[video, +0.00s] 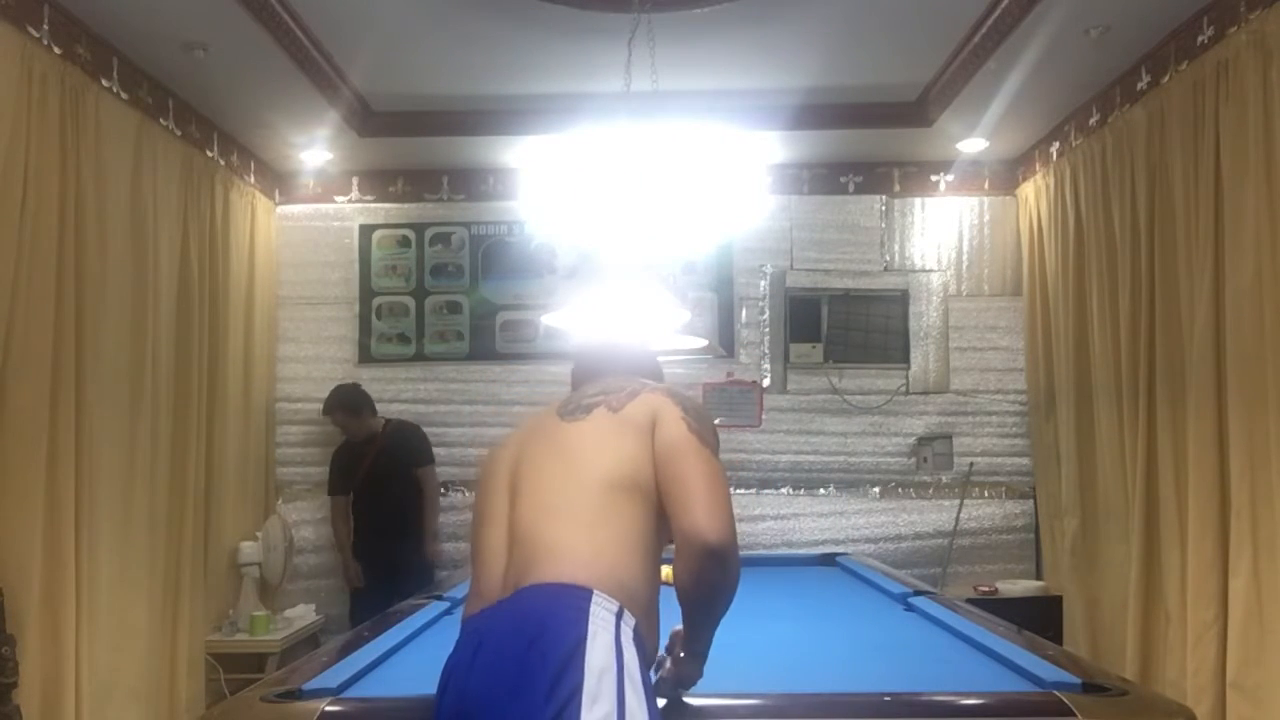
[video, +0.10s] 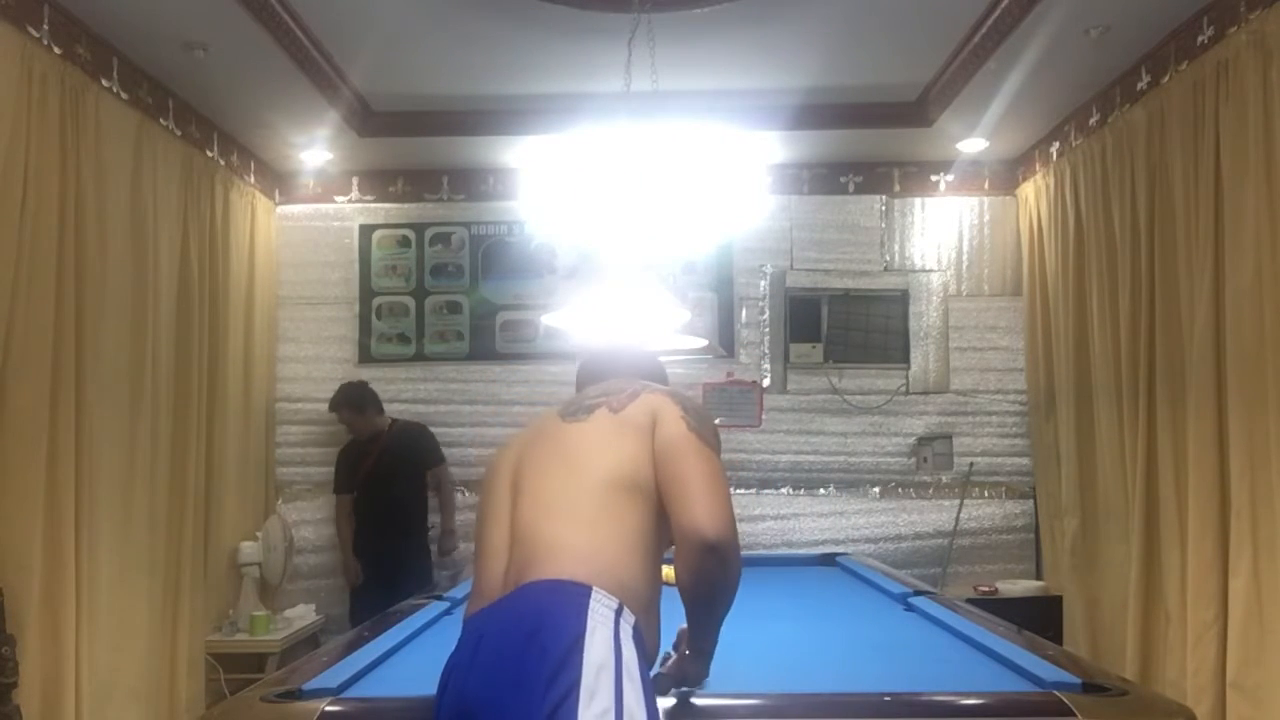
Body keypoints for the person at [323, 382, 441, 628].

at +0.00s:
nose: (342, 432)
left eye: (343, 425)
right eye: (338, 426)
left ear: (361, 413)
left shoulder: (407, 435)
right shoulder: (344, 455)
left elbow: (431, 489)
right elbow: (340, 513)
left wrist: (430, 541)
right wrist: (348, 560)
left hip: (411, 554)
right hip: (369, 558)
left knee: (415, 629)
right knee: (368, 633)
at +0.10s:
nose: (347, 429)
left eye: (348, 421)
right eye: (343, 423)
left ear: (365, 411)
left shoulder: (415, 435)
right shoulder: (349, 454)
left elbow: (444, 483)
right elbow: (344, 513)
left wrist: (447, 532)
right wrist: (348, 560)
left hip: (412, 556)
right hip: (369, 560)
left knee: (417, 630)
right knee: (370, 635)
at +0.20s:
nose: (353, 426)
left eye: (354, 418)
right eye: (350, 420)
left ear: (373, 408)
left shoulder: (423, 434)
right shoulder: (356, 451)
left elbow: (453, 478)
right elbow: (348, 507)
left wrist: (454, 530)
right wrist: (345, 555)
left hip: (413, 553)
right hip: (370, 555)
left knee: (414, 627)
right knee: (366, 630)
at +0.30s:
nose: (359, 424)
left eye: (361, 416)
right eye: (357, 418)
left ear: (380, 407)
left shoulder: (428, 436)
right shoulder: (363, 452)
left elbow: (456, 481)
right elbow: (352, 506)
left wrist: (453, 532)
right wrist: (343, 558)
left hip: (418, 557)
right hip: (373, 557)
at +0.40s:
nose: (368, 422)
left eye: (369, 415)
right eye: (365, 416)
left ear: (389, 405)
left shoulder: (434, 437)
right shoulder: (367, 452)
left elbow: (456, 487)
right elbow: (354, 504)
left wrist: (447, 537)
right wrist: (343, 555)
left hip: (422, 555)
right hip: (375, 555)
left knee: (418, 627)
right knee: (359, 629)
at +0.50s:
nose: (375, 419)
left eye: (379, 411)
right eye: (371, 413)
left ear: (399, 403)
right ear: (368, 410)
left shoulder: (435, 438)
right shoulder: (368, 449)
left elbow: (457, 488)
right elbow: (351, 499)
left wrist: (448, 537)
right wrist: (346, 549)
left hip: (421, 553)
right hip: (376, 554)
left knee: (422, 628)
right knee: (363, 631)